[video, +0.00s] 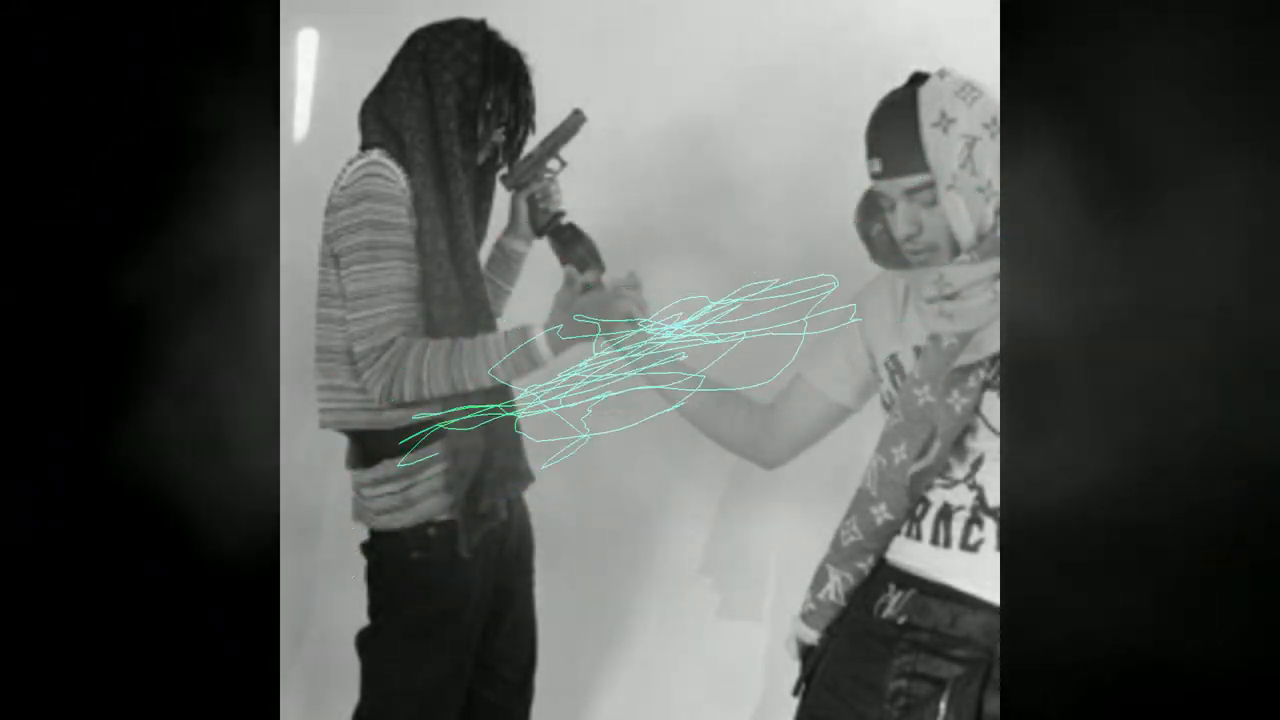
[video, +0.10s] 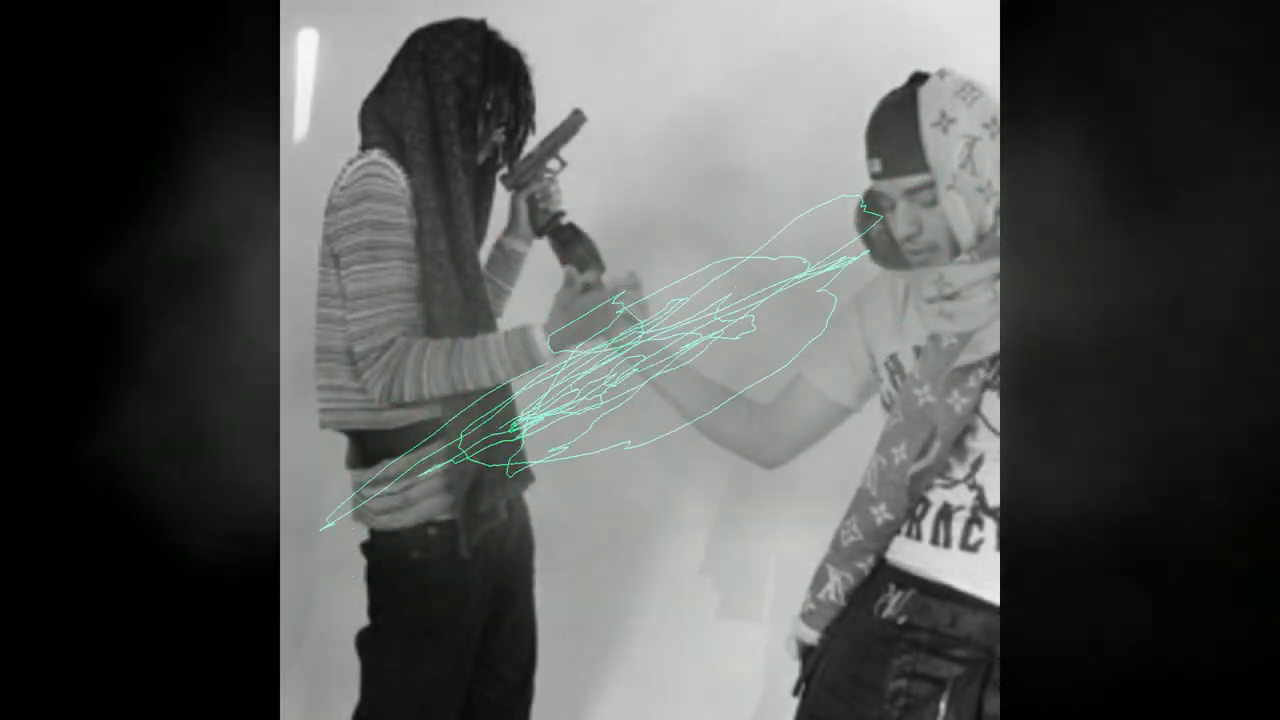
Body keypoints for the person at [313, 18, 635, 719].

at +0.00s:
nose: (496, 144)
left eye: (503, 127)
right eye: (490, 120)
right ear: (448, 107)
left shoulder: (425, 191)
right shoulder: (377, 182)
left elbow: (461, 332)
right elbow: (387, 370)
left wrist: (519, 235)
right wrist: (549, 341)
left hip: (484, 501)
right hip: (422, 515)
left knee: (499, 702)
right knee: (411, 705)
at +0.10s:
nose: (496, 145)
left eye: (503, 126)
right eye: (490, 121)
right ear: (449, 107)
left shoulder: (427, 190)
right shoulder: (377, 182)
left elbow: (464, 334)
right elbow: (388, 370)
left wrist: (518, 234)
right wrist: (552, 338)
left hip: (484, 494)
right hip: (422, 508)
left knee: (498, 698)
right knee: (413, 703)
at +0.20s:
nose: (496, 144)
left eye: (502, 126)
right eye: (490, 121)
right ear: (447, 106)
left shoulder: (427, 190)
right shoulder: (377, 182)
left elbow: (461, 337)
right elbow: (389, 371)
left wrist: (516, 236)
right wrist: (554, 337)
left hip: (487, 491)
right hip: (423, 503)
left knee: (497, 698)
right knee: (415, 702)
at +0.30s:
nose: (497, 144)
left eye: (504, 126)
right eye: (492, 120)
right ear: (451, 106)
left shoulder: (422, 189)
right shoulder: (377, 182)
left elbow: (461, 334)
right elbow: (388, 369)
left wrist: (518, 235)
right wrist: (551, 337)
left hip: (484, 502)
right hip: (424, 518)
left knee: (499, 702)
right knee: (411, 706)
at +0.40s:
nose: (495, 144)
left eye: (501, 125)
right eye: (490, 120)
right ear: (448, 106)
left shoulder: (421, 190)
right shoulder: (378, 183)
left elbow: (461, 337)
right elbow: (390, 371)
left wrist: (516, 236)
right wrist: (543, 340)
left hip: (484, 501)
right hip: (424, 516)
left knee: (497, 702)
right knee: (414, 706)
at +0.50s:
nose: (497, 144)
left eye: (504, 125)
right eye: (492, 120)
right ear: (449, 106)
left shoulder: (427, 190)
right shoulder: (377, 183)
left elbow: (465, 336)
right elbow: (389, 370)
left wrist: (517, 234)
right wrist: (552, 337)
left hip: (488, 508)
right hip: (423, 524)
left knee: (499, 702)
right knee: (411, 707)